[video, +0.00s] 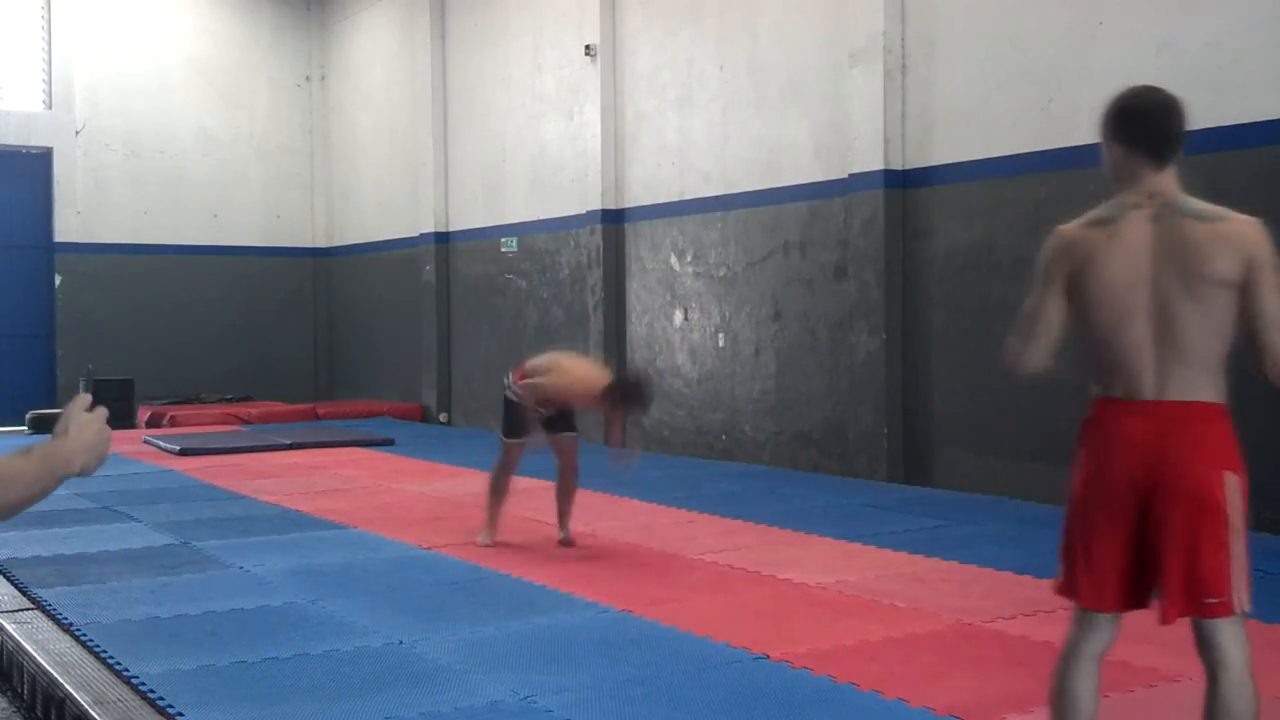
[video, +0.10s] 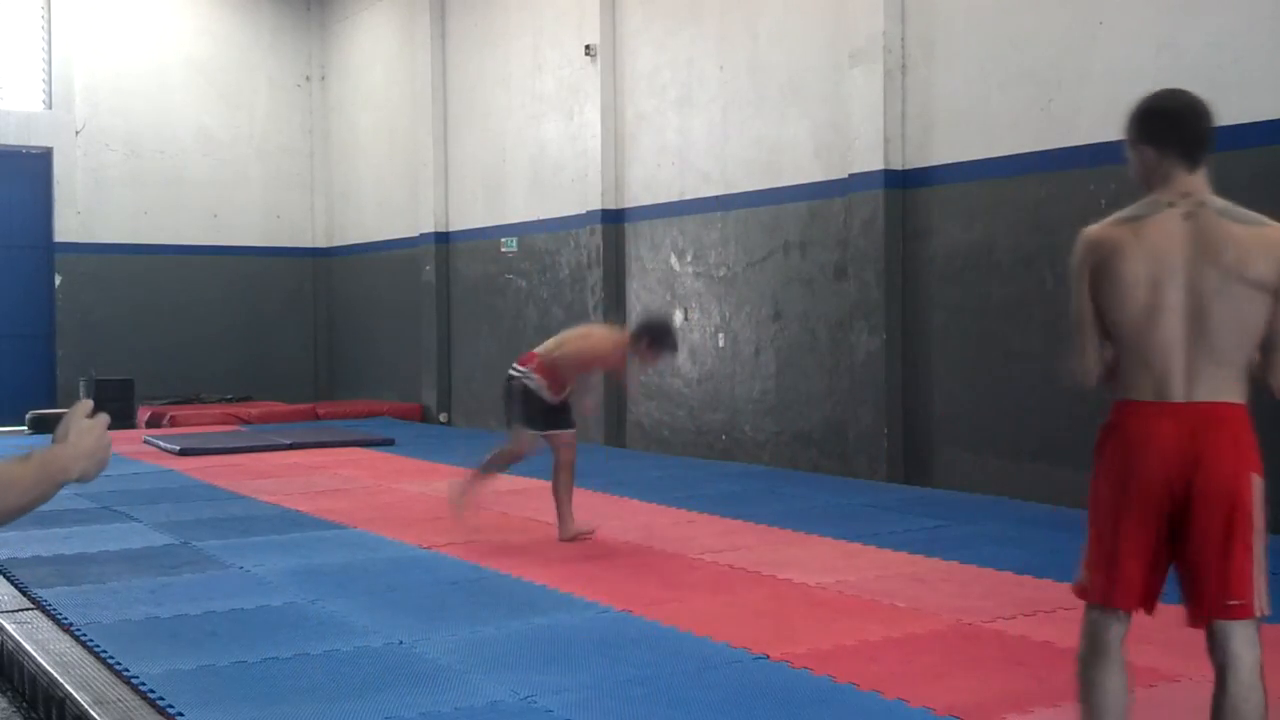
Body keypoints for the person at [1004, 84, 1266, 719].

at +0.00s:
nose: (1104, 158)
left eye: (1105, 147)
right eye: (1108, 147)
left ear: (1113, 152)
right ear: (1178, 148)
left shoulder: (1074, 241)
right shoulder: (1242, 235)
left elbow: (1026, 357)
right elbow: (1274, 361)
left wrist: (1067, 295)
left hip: (1113, 451)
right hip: (1204, 452)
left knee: (1089, 634)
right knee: (1224, 639)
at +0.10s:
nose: (1132, 162)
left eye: (1132, 151)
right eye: (1132, 151)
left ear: (1144, 153)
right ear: (1206, 150)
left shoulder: (1100, 241)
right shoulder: (1265, 237)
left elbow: (1085, 368)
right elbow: (1275, 373)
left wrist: (1139, 335)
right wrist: (1232, 338)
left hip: (1137, 451)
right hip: (1228, 452)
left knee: (1104, 634)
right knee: (1236, 646)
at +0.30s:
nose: (1170, 160)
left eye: (1171, 148)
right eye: (1169, 148)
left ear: (1190, 150)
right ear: (1244, 149)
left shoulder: (1140, 232)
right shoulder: (1275, 229)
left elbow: (1075, 342)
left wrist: (1144, 361)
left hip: (1172, 451)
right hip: (1261, 451)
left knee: (1134, 624)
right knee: (1253, 645)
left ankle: (1194, 715)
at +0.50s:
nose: (1186, 159)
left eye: (1187, 147)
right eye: (1187, 147)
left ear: (1203, 153)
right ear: (1261, 151)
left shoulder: (1158, 240)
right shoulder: (1279, 229)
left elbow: (1078, 346)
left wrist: (1142, 399)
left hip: (1205, 468)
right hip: (1274, 460)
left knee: (1220, 675)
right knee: (1269, 669)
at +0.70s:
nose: (1172, 180)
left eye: (1180, 166)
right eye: (1171, 166)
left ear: (1224, 167)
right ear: (1237, 168)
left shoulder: (1202, 246)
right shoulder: (1273, 231)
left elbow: (1184, 349)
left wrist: (1185, 431)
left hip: (1218, 432)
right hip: (1270, 427)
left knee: (1194, 610)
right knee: (1247, 613)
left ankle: (1194, 712)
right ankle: (1239, 715)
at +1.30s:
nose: (1141, 185)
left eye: (1142, 173)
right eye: (1141, 176)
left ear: (1157, 169)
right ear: (1198, 165)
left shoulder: (1166, 233)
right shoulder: (1243, 229)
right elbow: (1264, 323)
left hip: (1208, 415)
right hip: (1263, 406)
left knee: (1181, 611)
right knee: (1251, 613)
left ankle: (1180, 710)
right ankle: (1261, 714)